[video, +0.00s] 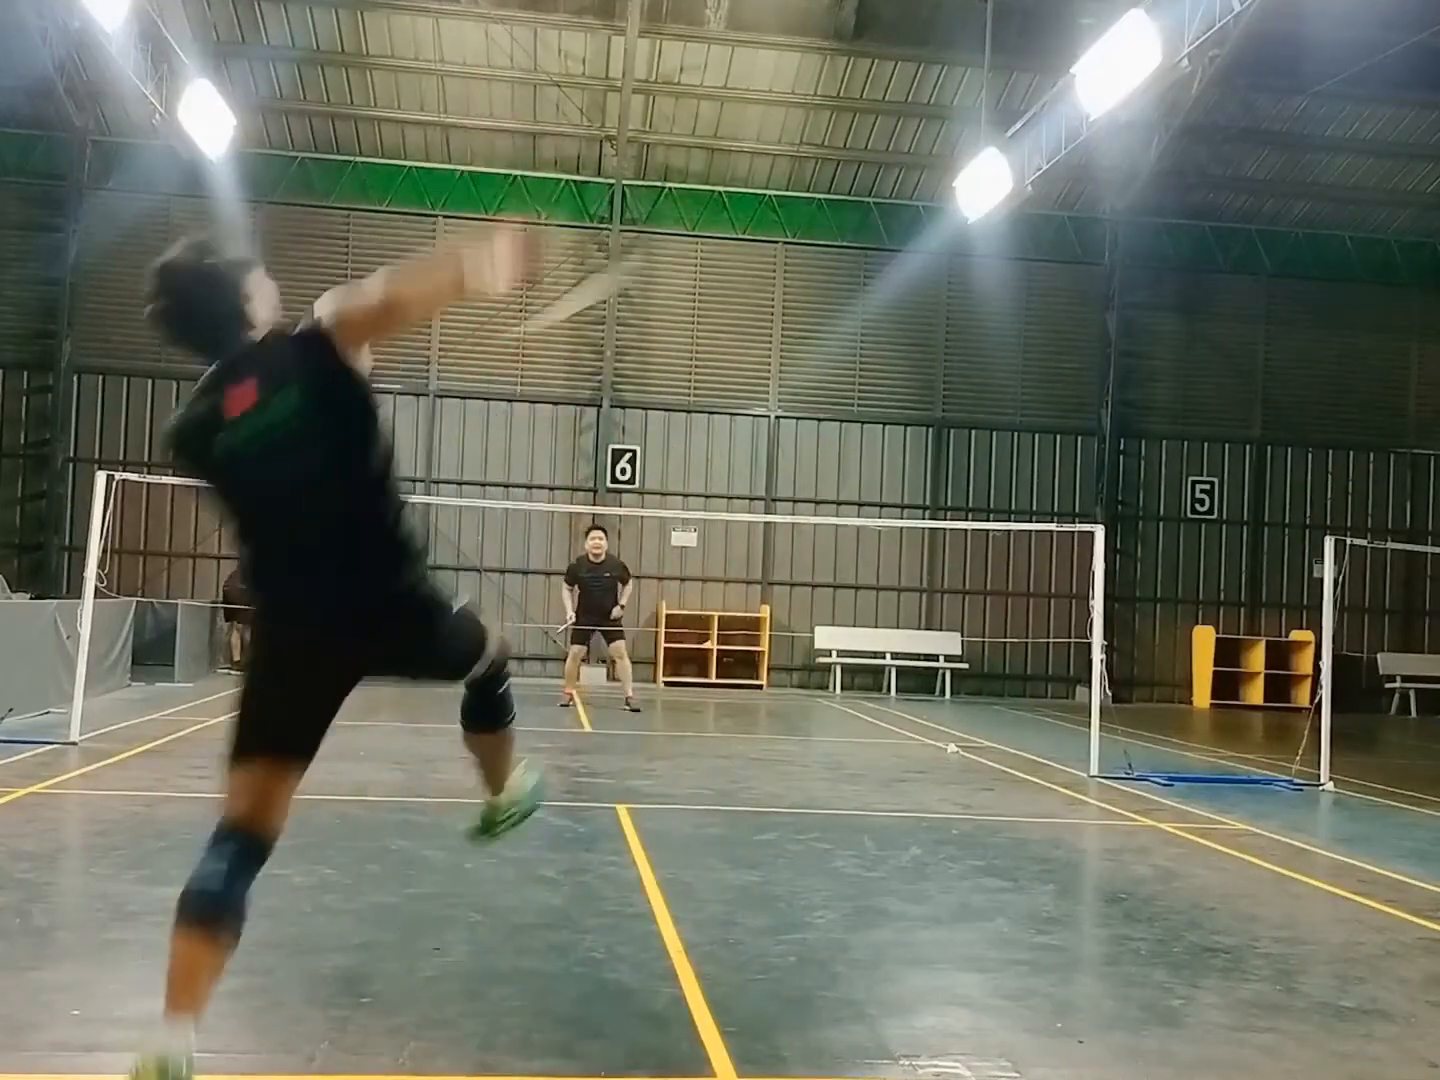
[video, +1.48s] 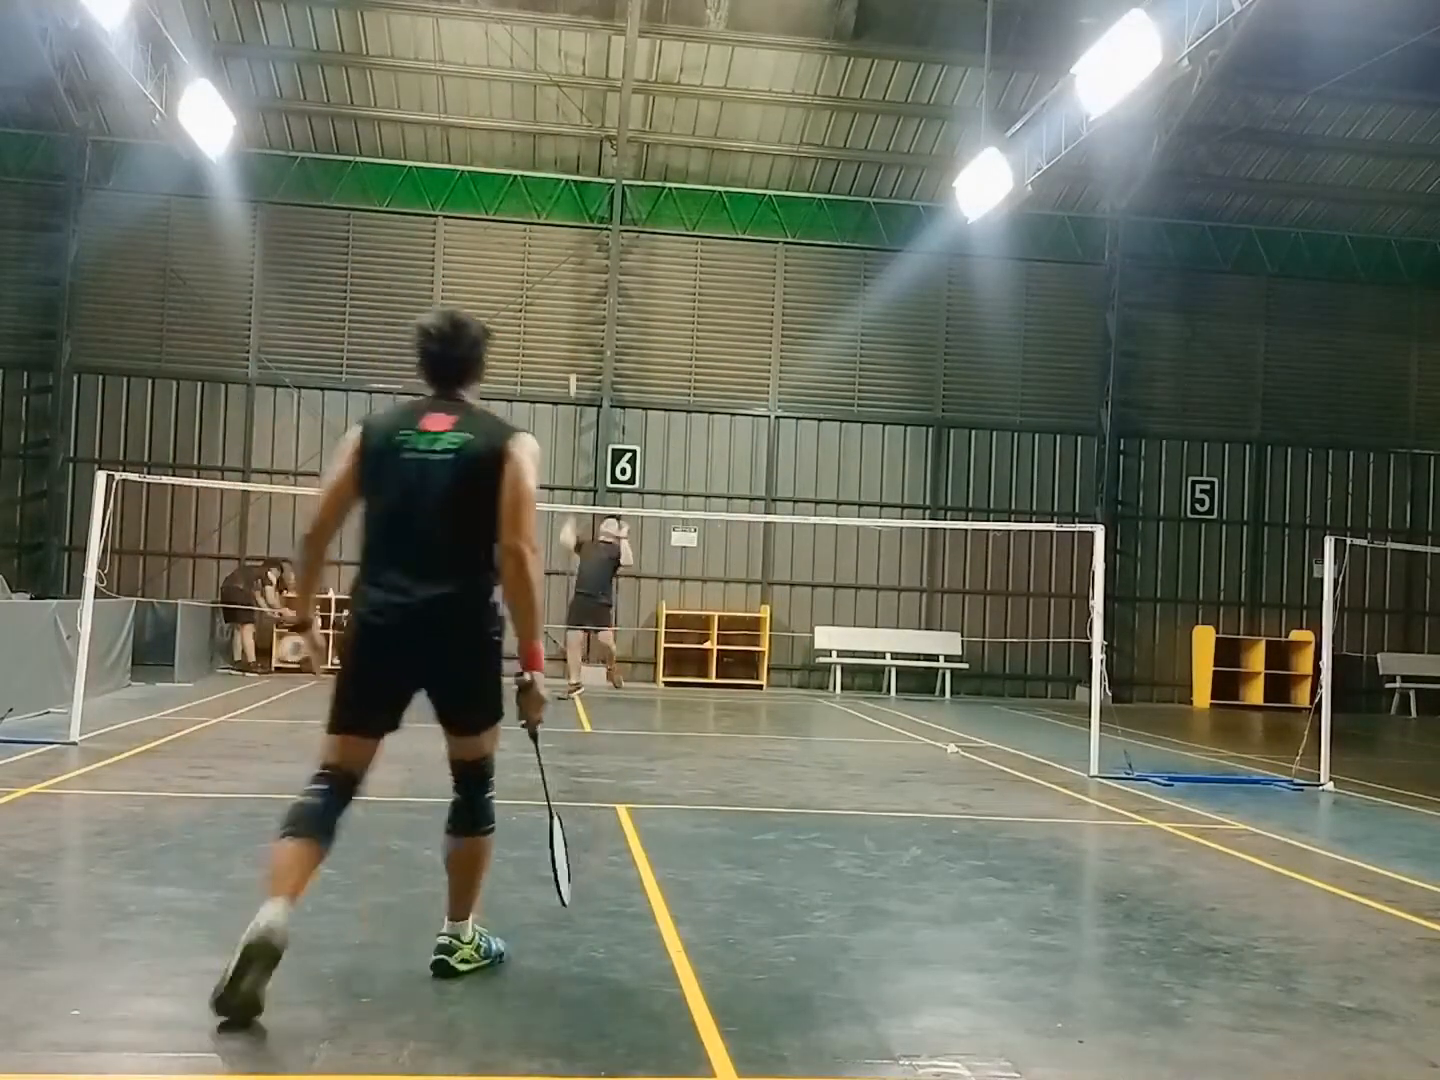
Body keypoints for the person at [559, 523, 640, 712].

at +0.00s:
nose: (597, 542)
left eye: (600, 539)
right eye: (592, 539)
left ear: (606, 543)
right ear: (586, 543)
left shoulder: (616, 565)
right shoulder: (577, 566)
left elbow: (627, 583)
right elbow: (567, 588)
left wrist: (621, 605)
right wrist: (569, 611)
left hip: (609, 617)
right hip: (584, 617)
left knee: (620, 653)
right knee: (575, 653)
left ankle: (629, 695)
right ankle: (568, 694)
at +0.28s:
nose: (603, 538)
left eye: (607, 535)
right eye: (600, 535)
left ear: (614, 540)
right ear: (594, 540)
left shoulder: (623, 563)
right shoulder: (586, 563)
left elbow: (636, 583)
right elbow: (577, 584)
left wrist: (622, 595)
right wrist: (580, 603)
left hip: (615, 613)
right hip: (592, 612)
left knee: (615, 649)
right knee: (580, 650)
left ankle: (623, 695)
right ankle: (569, 692)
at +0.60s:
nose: (605, 526)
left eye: (610, 524)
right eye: (603, 524)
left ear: (619, 532)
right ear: (598, 530)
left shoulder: (625, 555)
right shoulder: (591, 555)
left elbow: (639, 580)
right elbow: (583, 579)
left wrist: (623, 572)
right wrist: (579, 582)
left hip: (615, 609)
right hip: (593, 608)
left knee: (612, 649)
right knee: (578, 647)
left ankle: (614, 695)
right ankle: (581, 683)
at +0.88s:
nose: (593, 536)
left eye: (597, 534)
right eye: (590, 534)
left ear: (605, 542)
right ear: (585, 540)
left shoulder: (610, 562)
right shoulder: (582, 564)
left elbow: (627, 583)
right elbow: (576, 593)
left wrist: (615, 562)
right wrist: (567, 580)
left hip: (605, 615)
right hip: (586, 615)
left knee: (605, 651)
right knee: (574, 653)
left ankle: (612, 693)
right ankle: (578, 687)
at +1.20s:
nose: (582, 540)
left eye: (587, 538)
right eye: (579, 538)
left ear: (595, 544)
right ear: (575, 544)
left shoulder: (600, 557)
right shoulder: (577, 568)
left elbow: (616, 573)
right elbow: (574, 596)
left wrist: (606, 551)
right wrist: (557, 583)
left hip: (600, 612)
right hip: (582, 614)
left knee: (597, 645)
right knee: (564, 652)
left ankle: (613, 688)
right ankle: (577, 688)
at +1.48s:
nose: (608, 536)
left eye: (611, 534)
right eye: (607, 533)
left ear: (615, 535)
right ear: (602, 532)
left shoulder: (616, 550)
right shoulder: (586, 546)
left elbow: (627, 561)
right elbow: (566, 540)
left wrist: (623, 539)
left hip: (602, 599)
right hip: (581, 597)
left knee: (606, 640)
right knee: (574, 641)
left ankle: (612, 668)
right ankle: (574, 681)